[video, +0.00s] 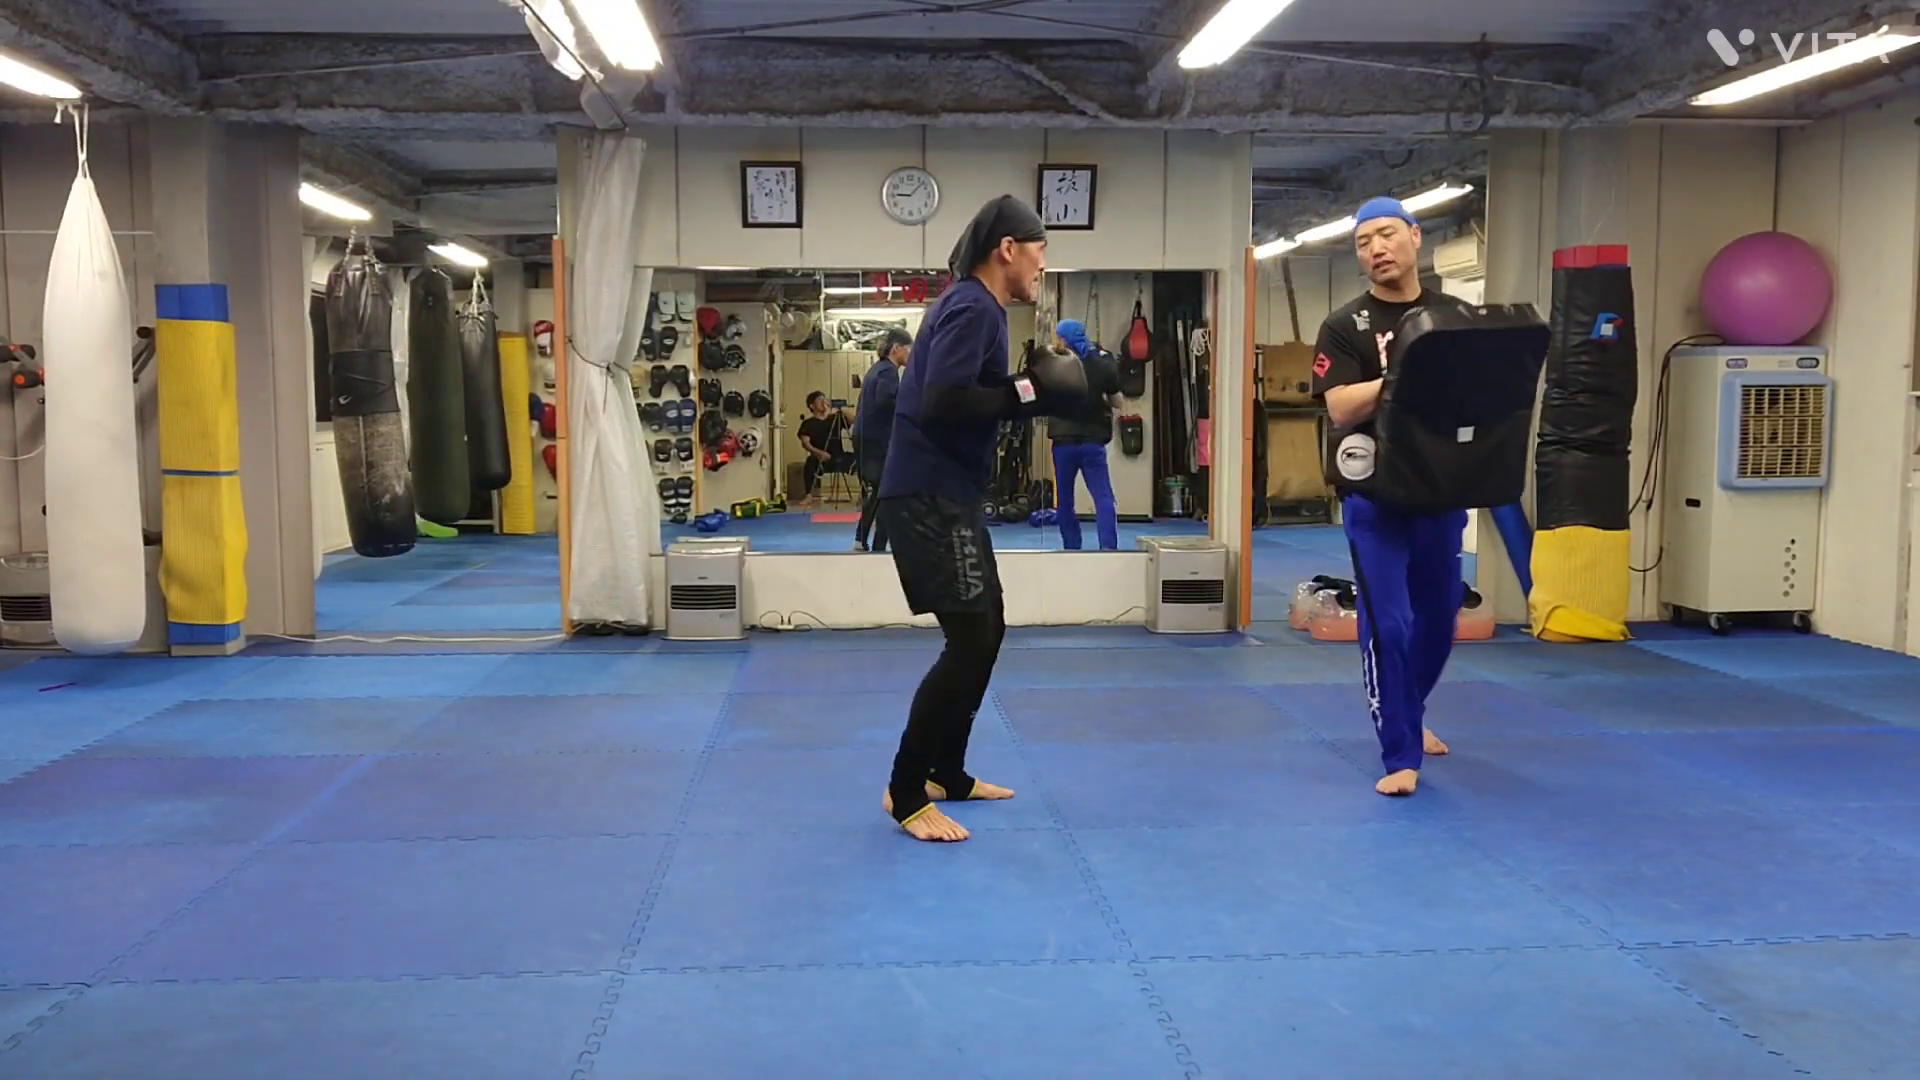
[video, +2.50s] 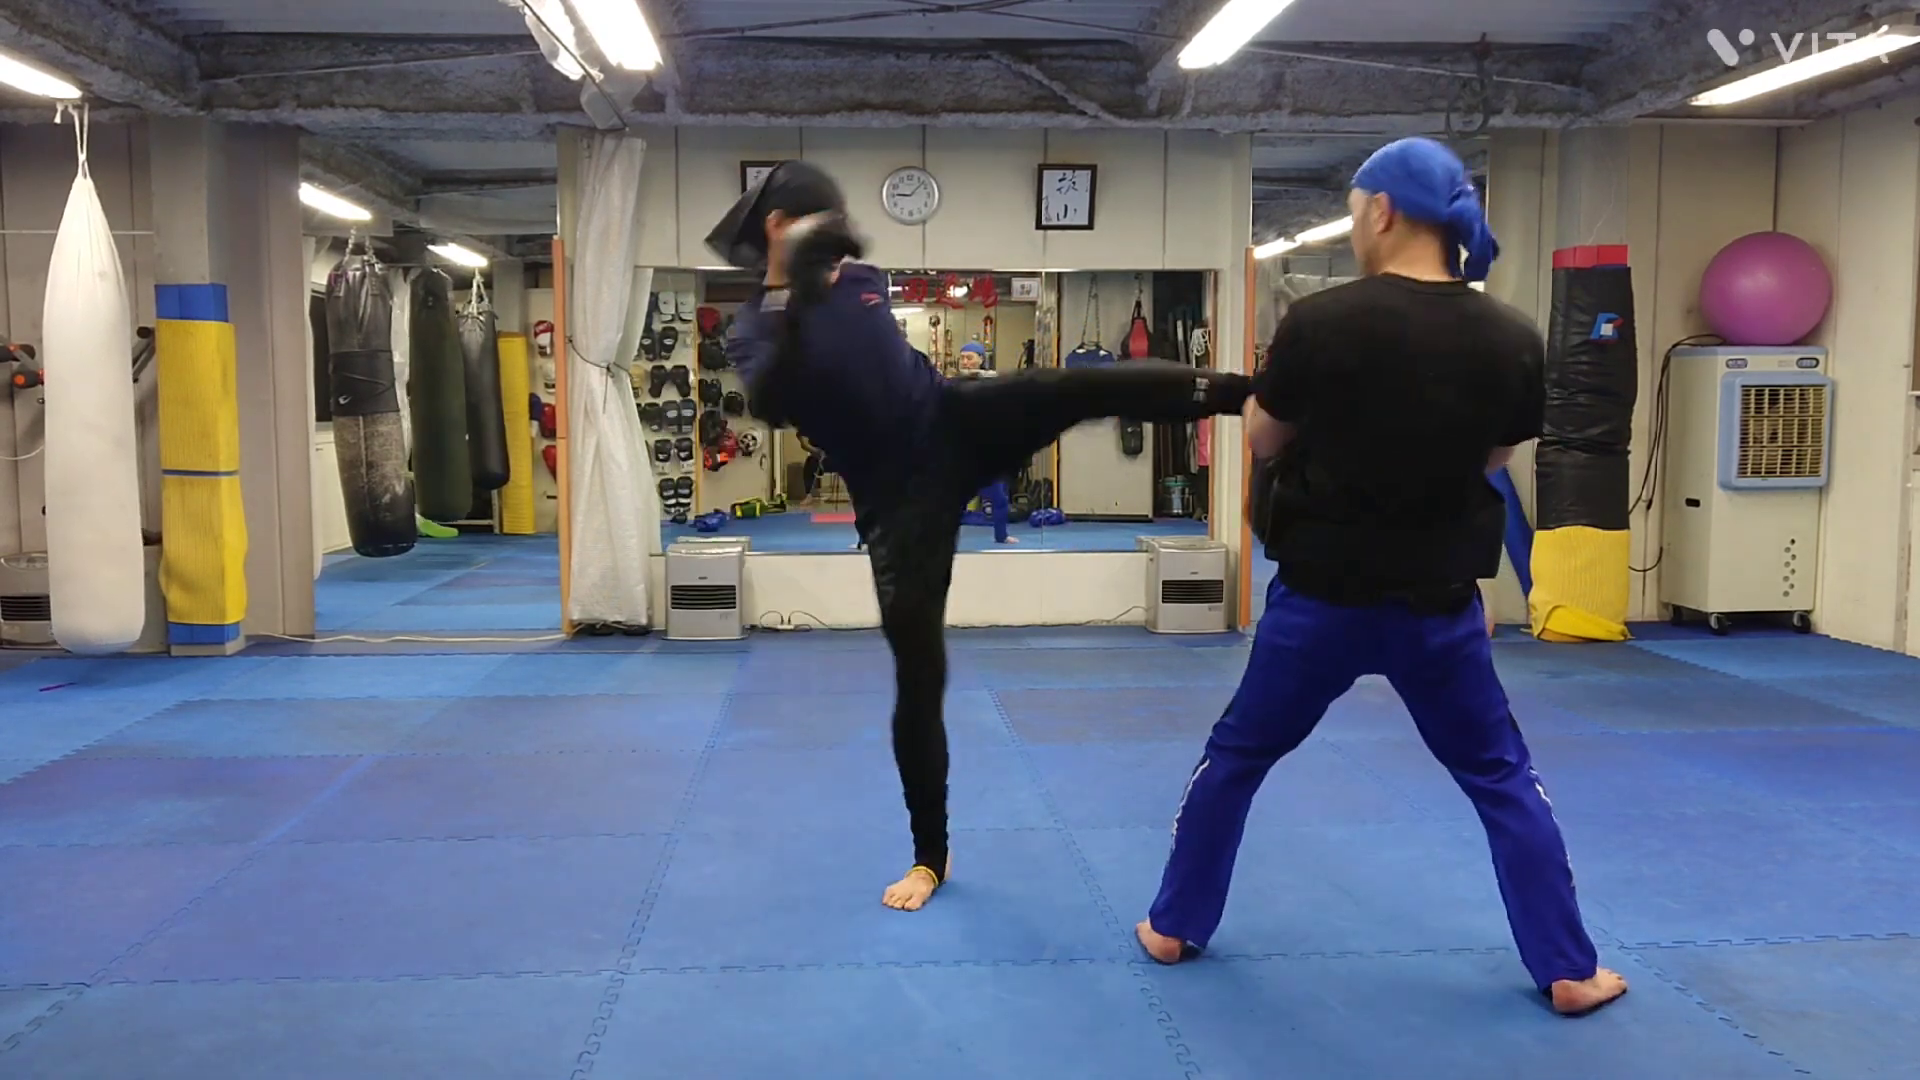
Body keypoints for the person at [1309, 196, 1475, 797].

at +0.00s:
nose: (1378, 247)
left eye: (1388, 234)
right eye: (1366, 241)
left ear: (1415, 239)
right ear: (1358, 257)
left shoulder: (1455, 315)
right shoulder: (1342, 326)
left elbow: (1485, 385)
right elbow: (1339, 410)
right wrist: (1403, 379)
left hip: (1442, 494)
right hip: (1372, 495)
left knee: (1439, 624)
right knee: (1389, 626)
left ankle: (1407, 715)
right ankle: (1399, 760)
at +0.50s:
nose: (1382, 230)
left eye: (1393, 214)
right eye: (1374, 222)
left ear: (1434, 215)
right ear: (1373, 237)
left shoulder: (1495, 297)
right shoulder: (1359, 310)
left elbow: (1540, 388)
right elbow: (1330, 404)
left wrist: (1482, 367)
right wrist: (1379, 368)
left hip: (1475, 508)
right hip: (1388, 510)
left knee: (1490, 655)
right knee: (1389, 649)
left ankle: (1496, 815)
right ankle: (1396, 754)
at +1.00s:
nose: (1341, 206)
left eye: (1352, 189)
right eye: (1343, 192)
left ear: (1399, 190)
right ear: (1394, 194)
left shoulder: (1440, 272)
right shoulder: (1385, 290)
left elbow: (1411, 371)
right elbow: (1371, 384)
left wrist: (1318, 351)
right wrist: (1301, 356)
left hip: (1416, 521)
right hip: (1359, 519)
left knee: (1388, 680)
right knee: (1348, 688)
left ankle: (1470, 817)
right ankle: (1388, 839)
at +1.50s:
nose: (1325, 181)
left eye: (1331, 164)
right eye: (1327, 165)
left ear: (1370, 164)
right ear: (1413, 171)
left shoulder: (1334, 272)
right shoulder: (1487, 270)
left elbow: (1260, 397)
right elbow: (1484, 369)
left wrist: (1267, 336)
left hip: (1363, 534)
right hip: (1457, 533)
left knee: (1338, 724)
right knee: (1451, 710)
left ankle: (1361, 926)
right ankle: (1488, 883)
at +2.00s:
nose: (1354, 221)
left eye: (1360, 205)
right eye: (1360, 205)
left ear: (1385, 210)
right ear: (1451, 219)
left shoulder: (1329, 319)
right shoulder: (1520, 323)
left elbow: (1284, 445)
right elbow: (1531, 458)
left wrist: (1368, 424)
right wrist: (1450, 437)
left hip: (1339, 597)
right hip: (1463, 605)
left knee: (1246, 750)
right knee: (1520, 780)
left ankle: (1170, 924)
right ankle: (1569, 975)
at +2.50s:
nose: (1353, 225)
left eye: (1358, 209)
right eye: (1357, 209)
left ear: (1387, 215)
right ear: (1450, 224)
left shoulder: (1323, 321)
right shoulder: (1510, 339)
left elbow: (1265, 436)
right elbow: (1494, 457)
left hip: (1320, 605)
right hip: (1439, 609)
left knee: (1235, 758)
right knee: (1502, 776)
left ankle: (1174, 927)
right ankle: (1568, 972)